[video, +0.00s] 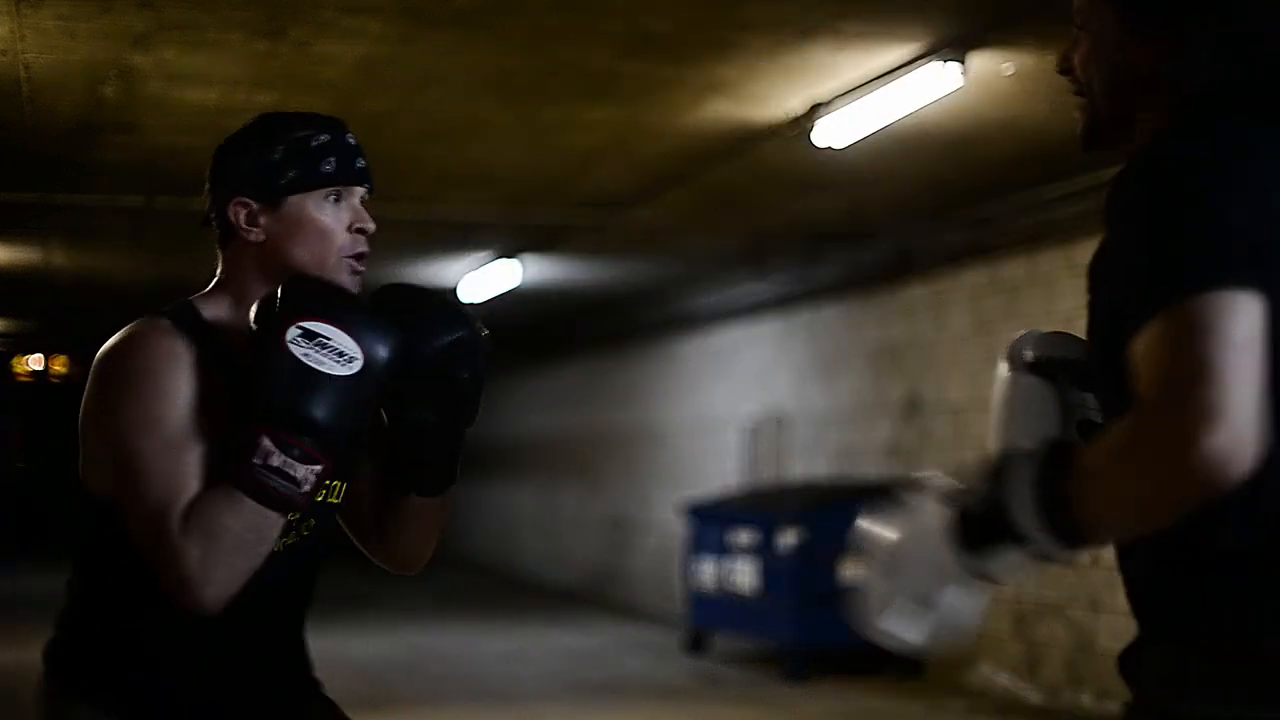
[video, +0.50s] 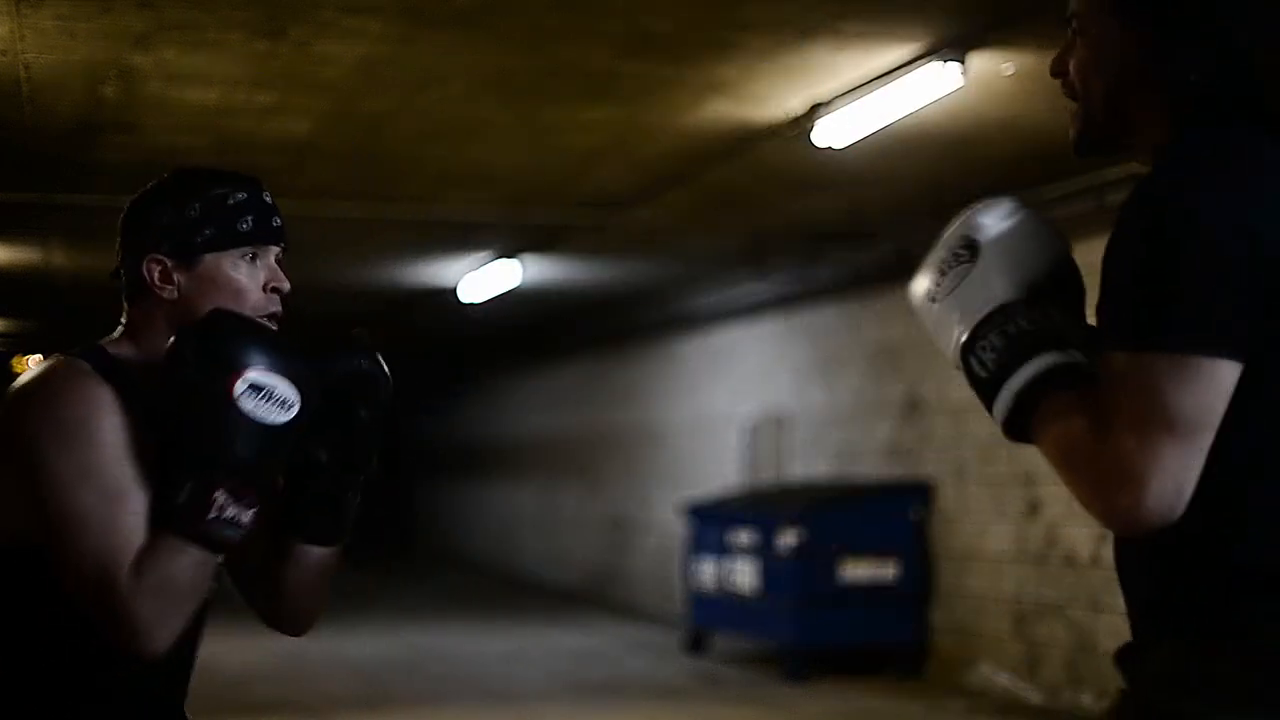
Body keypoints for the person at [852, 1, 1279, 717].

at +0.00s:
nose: (1066, 63)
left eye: (1085, 29)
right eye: (1073, 34)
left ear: (1159, 32)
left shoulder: (1190, 170)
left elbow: (1206, 437)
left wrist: (989, 520)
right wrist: (1112, 385)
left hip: (1240, 664)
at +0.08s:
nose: (1047, 54)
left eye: (1068, 21)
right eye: (1057, 25)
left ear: (1142, 29)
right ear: (1160, 37)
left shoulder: (1180, 173)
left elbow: (1139, 459)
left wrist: (917, 475)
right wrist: (1093, 386)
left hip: (1223, 667)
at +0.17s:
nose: (1041, 45)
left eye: (1063, 13)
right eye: (1051, 15)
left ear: (1138, 23)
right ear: (1151, 27)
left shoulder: (1166, 180)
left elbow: (1084, 467)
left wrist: (857, 428)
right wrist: (1053, 371)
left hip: (1208, 671)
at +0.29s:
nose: (1048, 39)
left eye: (1071, 12)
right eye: (1058, 15)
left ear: (1141, 22)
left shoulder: (1164, 179)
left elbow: (1055, 463)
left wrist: (896, 350)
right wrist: (1015, 342)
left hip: (1221, 663)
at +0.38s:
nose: (1057, 53)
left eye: (1076, 20)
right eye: (1065, 25)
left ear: (1146, 24)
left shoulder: (1188, 177)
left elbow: (1084, 470)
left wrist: (962, 347)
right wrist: (1033, 338)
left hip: (1229, 668)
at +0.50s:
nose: (1059, 66)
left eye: (1080, 28)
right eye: (1069, 33)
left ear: (1157, 34)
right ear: (1171, 40)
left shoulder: (1216, 180)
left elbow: (1141, 480)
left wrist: (1006, 333)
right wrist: (1058, 330)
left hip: (1228, 670)